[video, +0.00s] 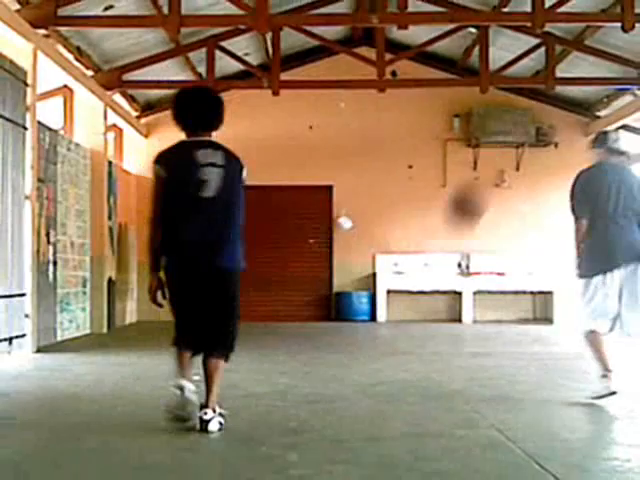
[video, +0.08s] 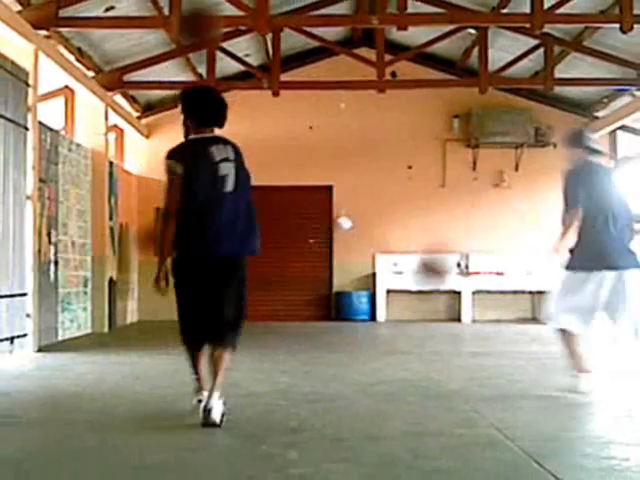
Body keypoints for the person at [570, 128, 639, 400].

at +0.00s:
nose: (594, 155)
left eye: (596, 151)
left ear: (598, 151)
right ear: (621, 151)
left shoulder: (586, 177)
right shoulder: (633, 176)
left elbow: (581, 222)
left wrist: (579, 255)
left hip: (600, 256)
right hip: (633, 254)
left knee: (593, 322)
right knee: (634, 324)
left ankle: (607, 377)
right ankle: (636, 380)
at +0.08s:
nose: (567, 156)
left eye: (568, 150)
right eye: (568, 151)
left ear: (575, 150)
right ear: (592, 149)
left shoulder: (577, 173)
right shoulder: (609, 174)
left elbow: (574, 214)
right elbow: (629, 219)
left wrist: (561, 244)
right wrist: (620, 242)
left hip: (591, 259)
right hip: (624, 260)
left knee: (564, 314)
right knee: (627, 326)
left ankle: (584, 373)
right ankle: (627, 378)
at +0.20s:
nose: (536, 150)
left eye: (537, 145)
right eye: (536, 145)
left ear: (545, 143)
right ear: (559, 141)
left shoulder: (555, 161)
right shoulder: (574, 164)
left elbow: (566, 197)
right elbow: (578, 207)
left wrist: (534, 232)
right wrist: (558, 240)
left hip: (571, 251)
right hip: (596, 251)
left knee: (541, 307)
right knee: (599, 313)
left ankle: (549, 371)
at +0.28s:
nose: (507, 150)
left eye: (510, 144)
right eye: (508, 144)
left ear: (521, 144)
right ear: (530, 144)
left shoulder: (534, 166)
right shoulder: (547, 168)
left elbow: (542, 204)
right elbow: (546, 210)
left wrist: (505, 237)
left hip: (549, 258)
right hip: (566, 257)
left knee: (526, 312)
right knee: (589, 312)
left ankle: (537, 372)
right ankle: (633, 344)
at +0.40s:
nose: (484, 155)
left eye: (486, 149)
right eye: (483, 149)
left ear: (497, 149)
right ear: (507, 148)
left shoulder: (508, 173)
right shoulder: (524, 174)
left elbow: (506, 211)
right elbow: (543, 217)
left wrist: (471, 226)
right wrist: (519, 238)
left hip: (523, 263)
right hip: (538, 261)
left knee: (505, 319)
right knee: (536, 313)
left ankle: (533, 370)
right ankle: (580, 338)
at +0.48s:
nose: (464, 149)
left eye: (467, 143)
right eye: (465, 143)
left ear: (476, 144)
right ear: (487, 143)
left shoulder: (487, 169)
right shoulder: (500, 170)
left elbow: (454, 204)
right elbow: (522, 210)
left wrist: (400, 211)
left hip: (508, 258)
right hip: (513, 256)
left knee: (504, 318)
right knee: (507, 316)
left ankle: (532, 368)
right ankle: (530, 365)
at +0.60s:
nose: (444, 146)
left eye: (445, 141)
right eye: (447, 141)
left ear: (448, 142)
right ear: (467, 142)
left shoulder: (448, 171)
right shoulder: (481, 171)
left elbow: (401, 190)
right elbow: (503, 208)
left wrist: (352, 189)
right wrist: (477, 226)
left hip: (487, 251)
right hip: (483, 249)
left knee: (504, 308)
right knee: (459, 305)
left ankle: (530, 364)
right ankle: (447, 358)